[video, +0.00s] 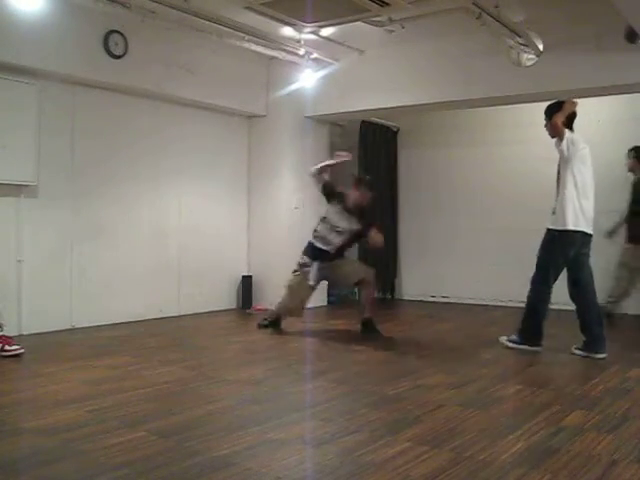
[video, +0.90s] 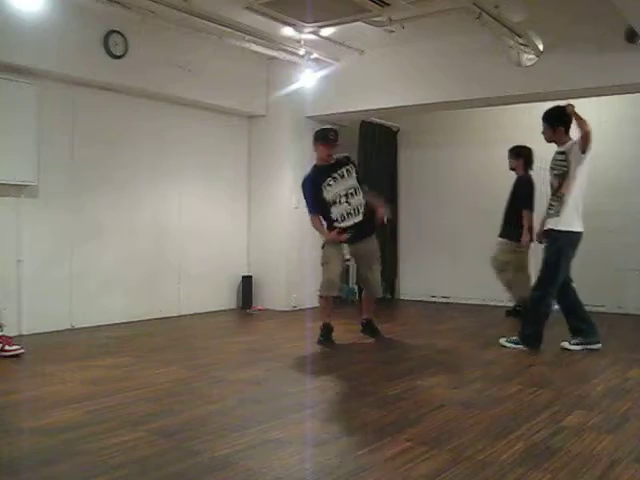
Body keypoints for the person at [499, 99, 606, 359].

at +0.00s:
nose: (546, 129)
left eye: (548, 124)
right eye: (546, 124)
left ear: (559, 121)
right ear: (566, 122)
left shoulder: (571, 144)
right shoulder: (579, 146)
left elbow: (556, 123)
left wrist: (567, 108)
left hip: (564, 228)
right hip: (581, 229)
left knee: (540, 283)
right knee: (583, 290)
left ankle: (529, 336)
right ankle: (595, 344)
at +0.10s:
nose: (542, 129)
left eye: (544, 123)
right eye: (542, 124)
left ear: (554, 122)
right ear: (565, 124)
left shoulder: (564, 146)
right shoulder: (574, 149)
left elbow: (548, 126)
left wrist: (560, 111)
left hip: (554, 227)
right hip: (572, 229)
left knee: (536, 286)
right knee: (575, 290)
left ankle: (528, 337)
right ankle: (592, 342)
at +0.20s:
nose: (538, 127)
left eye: (540, 123)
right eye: (538, 123)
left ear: (548, 123)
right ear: (562, 124)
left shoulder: (559, 145)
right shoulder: (570, 149)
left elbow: (539, 128)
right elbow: (570, 191)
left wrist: (554, 110)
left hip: (546, 227)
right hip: (564, 228)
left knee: (529, 283)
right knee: (562, 284)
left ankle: (527, 339)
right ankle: (587, 337)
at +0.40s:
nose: (530, 128)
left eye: (532, 123)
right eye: (530, 124)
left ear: (540, 123)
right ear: (553, 125)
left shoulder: (551, 147)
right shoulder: (561, 149)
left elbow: (535, 131)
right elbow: (563, 192)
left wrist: (549, 111)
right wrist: (565, 223)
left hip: (539, 226)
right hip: (555, 227)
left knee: (526, 281)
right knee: (545, 279)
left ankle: (528, 338)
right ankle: (572, 322)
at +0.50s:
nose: (529, 130)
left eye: (530, 124)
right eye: (529, 124)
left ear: (540, 122)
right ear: (542, 124)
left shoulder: (551, 148)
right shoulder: (554, 149)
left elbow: (541, 131)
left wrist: (551, 111)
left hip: (541, 227)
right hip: (550, 227)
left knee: (527, 283)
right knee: (539, 281)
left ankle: (528, 339)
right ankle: (568, 320)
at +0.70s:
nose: (536, 133)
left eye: (537, 126)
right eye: (536, 127)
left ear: (547, 124)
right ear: (545, 126)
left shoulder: (561, 152)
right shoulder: (551, 155)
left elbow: (556, 133)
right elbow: (545, 199)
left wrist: (558, 115)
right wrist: (529, 226)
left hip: (549, 227)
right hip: (541, 226)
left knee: (533, 283)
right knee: (540, 282)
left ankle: (528, 339)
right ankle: (576, 324)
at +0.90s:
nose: (543, 134)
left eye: (545, 129)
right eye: (543, 129)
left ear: (558, 129)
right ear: (558, 130)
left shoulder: (574, 150)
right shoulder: (559, 154)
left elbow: (586, 135)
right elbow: (556, 195)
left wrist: (575, 115)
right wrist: (544, 226)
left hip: (567, 229)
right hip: (555, 228)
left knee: (544, 286)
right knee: (561, 285)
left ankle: (529, 339)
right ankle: (587, 335)